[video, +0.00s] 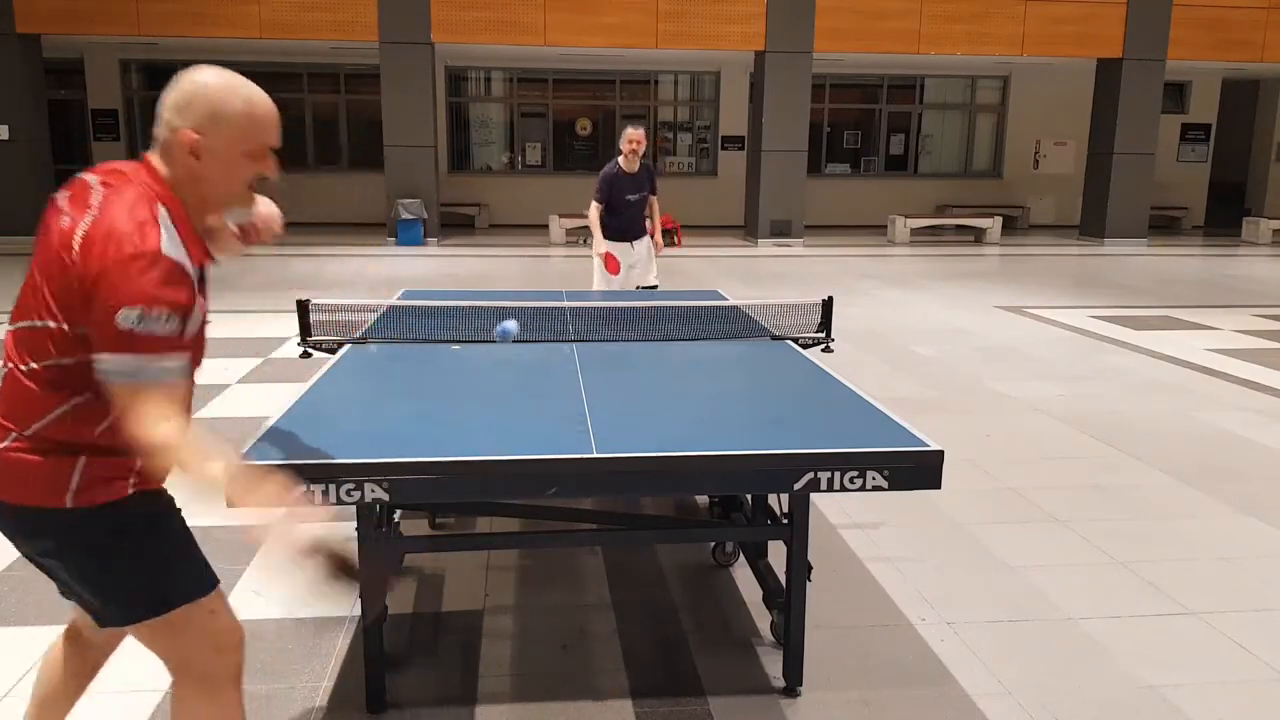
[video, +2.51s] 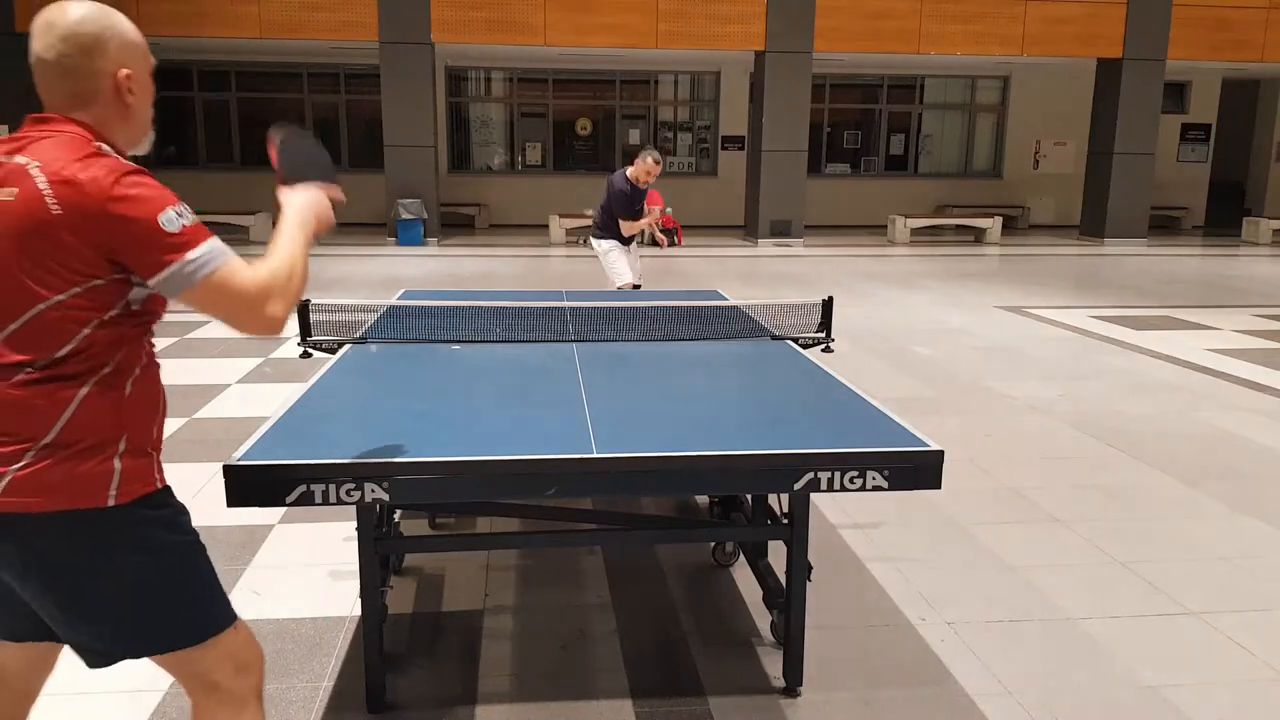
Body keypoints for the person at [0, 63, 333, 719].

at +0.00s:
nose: (270, 171)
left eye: (273, 153)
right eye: (260, 152)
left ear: (189, 145)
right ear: (194, 147)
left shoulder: (102, 184)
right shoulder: (144, 248)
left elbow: (163, 228)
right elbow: (152, 424)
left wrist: (223, 227)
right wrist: (247, 485)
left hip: (28, 462)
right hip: (83, 481)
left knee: (103, 615)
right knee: (210, 649)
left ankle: (39, 716)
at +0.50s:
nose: (128, 114)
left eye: (126, 100)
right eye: (124, 100)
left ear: (34, 101)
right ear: (99, 101)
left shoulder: (4, 162)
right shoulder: (106, 171)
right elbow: (269, 197)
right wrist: (228, 110)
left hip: (6, 462)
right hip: (85, 463)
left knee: (58, 617)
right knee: (197, 651)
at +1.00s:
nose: (280, 135)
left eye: (278, 121)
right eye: (278, 121)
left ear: (181, 119)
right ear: (256, 128)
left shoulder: (97, 181)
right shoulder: (221, 223)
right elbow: (283, 388)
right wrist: (354, 349)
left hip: (31, 476)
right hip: (134, 489)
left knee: (96, 633)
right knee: (266, 653)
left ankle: (59, 719)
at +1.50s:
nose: (404, 243)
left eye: (410, 228)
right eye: (406, 228)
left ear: (309, 194)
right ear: (370, 226)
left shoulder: (258, 231)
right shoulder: (254, 321)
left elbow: (349, 330)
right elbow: (178, 507)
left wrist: (387, 310)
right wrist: (293, 612)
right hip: (111, 525)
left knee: (144, 637)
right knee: (303, 670)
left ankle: (70, 716)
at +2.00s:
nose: (201, 80)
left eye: (203, 64)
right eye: (197, 63)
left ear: (88, 62)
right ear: (153, 64)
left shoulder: (31, 150)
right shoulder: (132, 139)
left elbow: (165, 224)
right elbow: (294, 75)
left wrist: (215, 150)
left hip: (41, 474)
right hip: (137, 484)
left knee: (77, 635)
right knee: (248, 675)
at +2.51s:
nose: (152, 90)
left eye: (149, 74)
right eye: (147, 74)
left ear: (49, 82)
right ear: (123, 84)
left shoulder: (6, 161)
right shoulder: (106, 186)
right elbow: (263, 307)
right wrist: (300, 213)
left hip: (9, 492)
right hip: (92, 500)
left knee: (14, 672)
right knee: (230, 674)